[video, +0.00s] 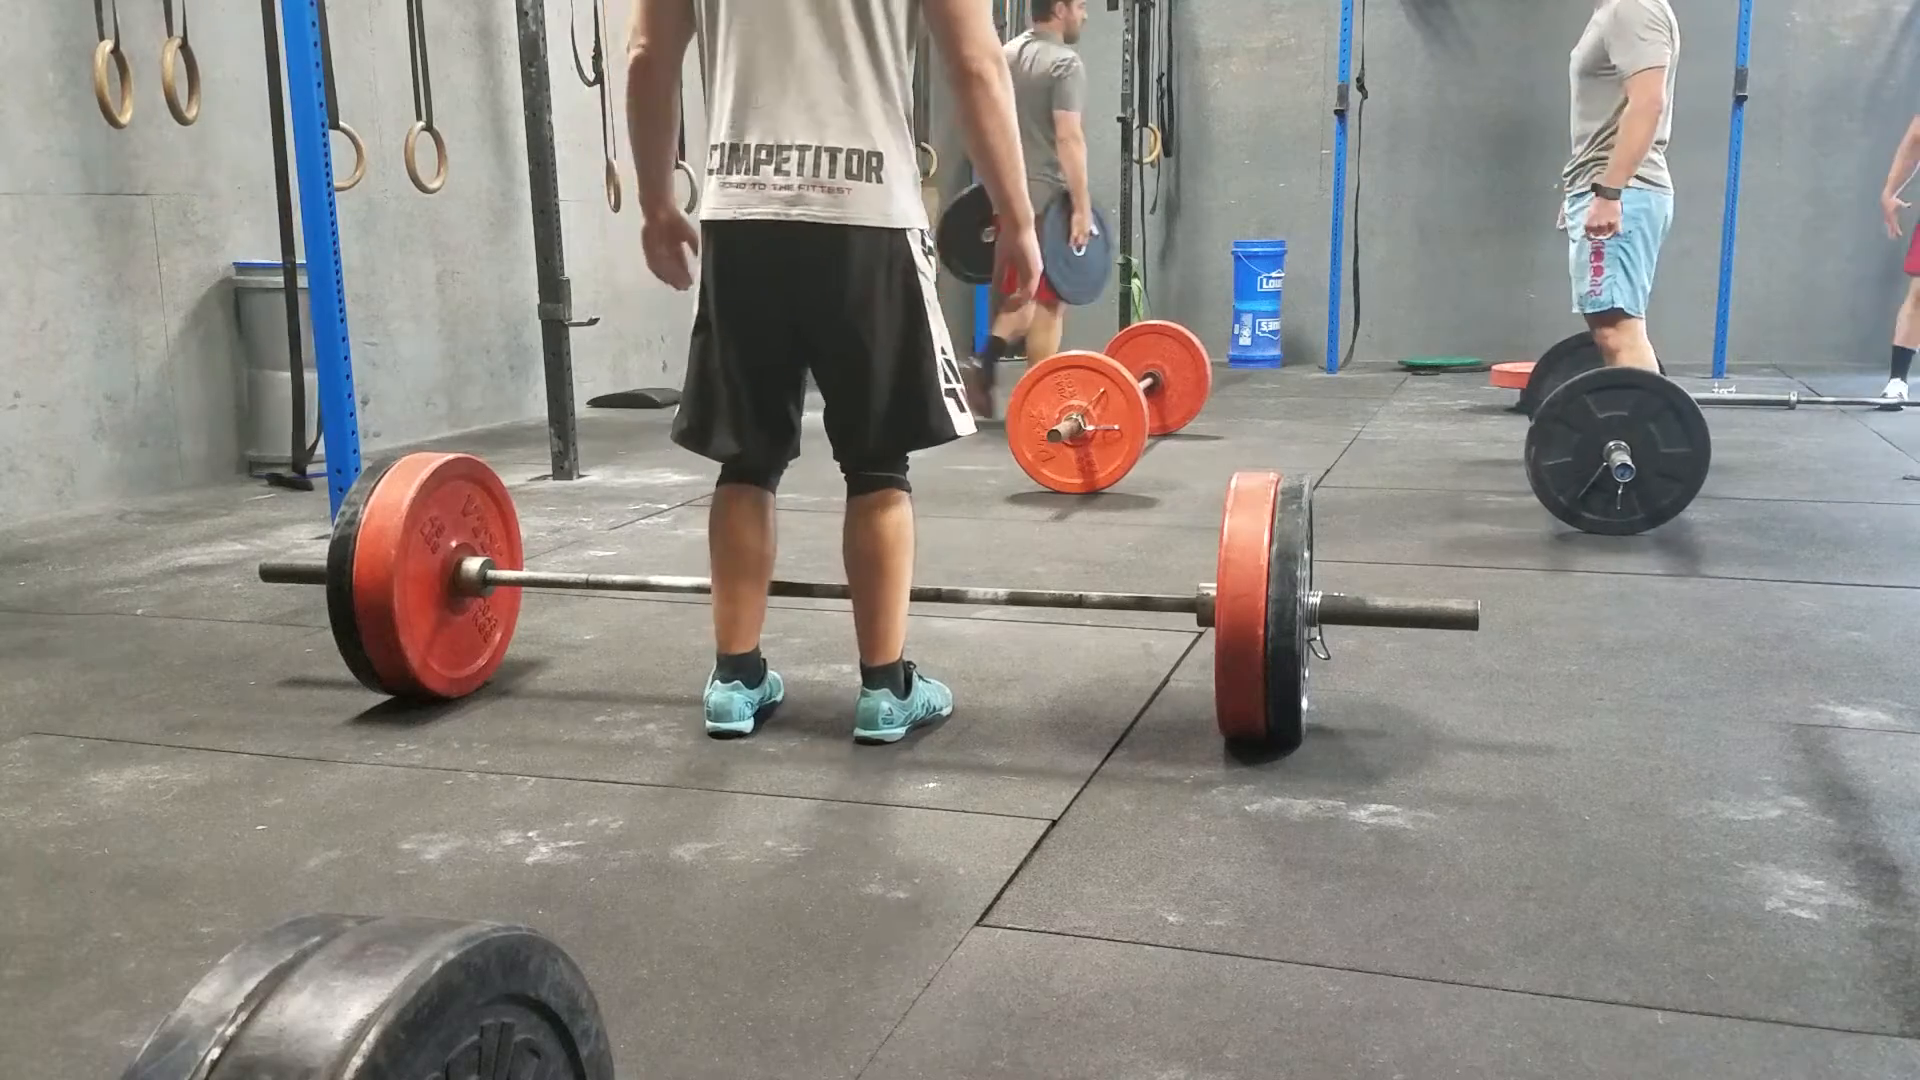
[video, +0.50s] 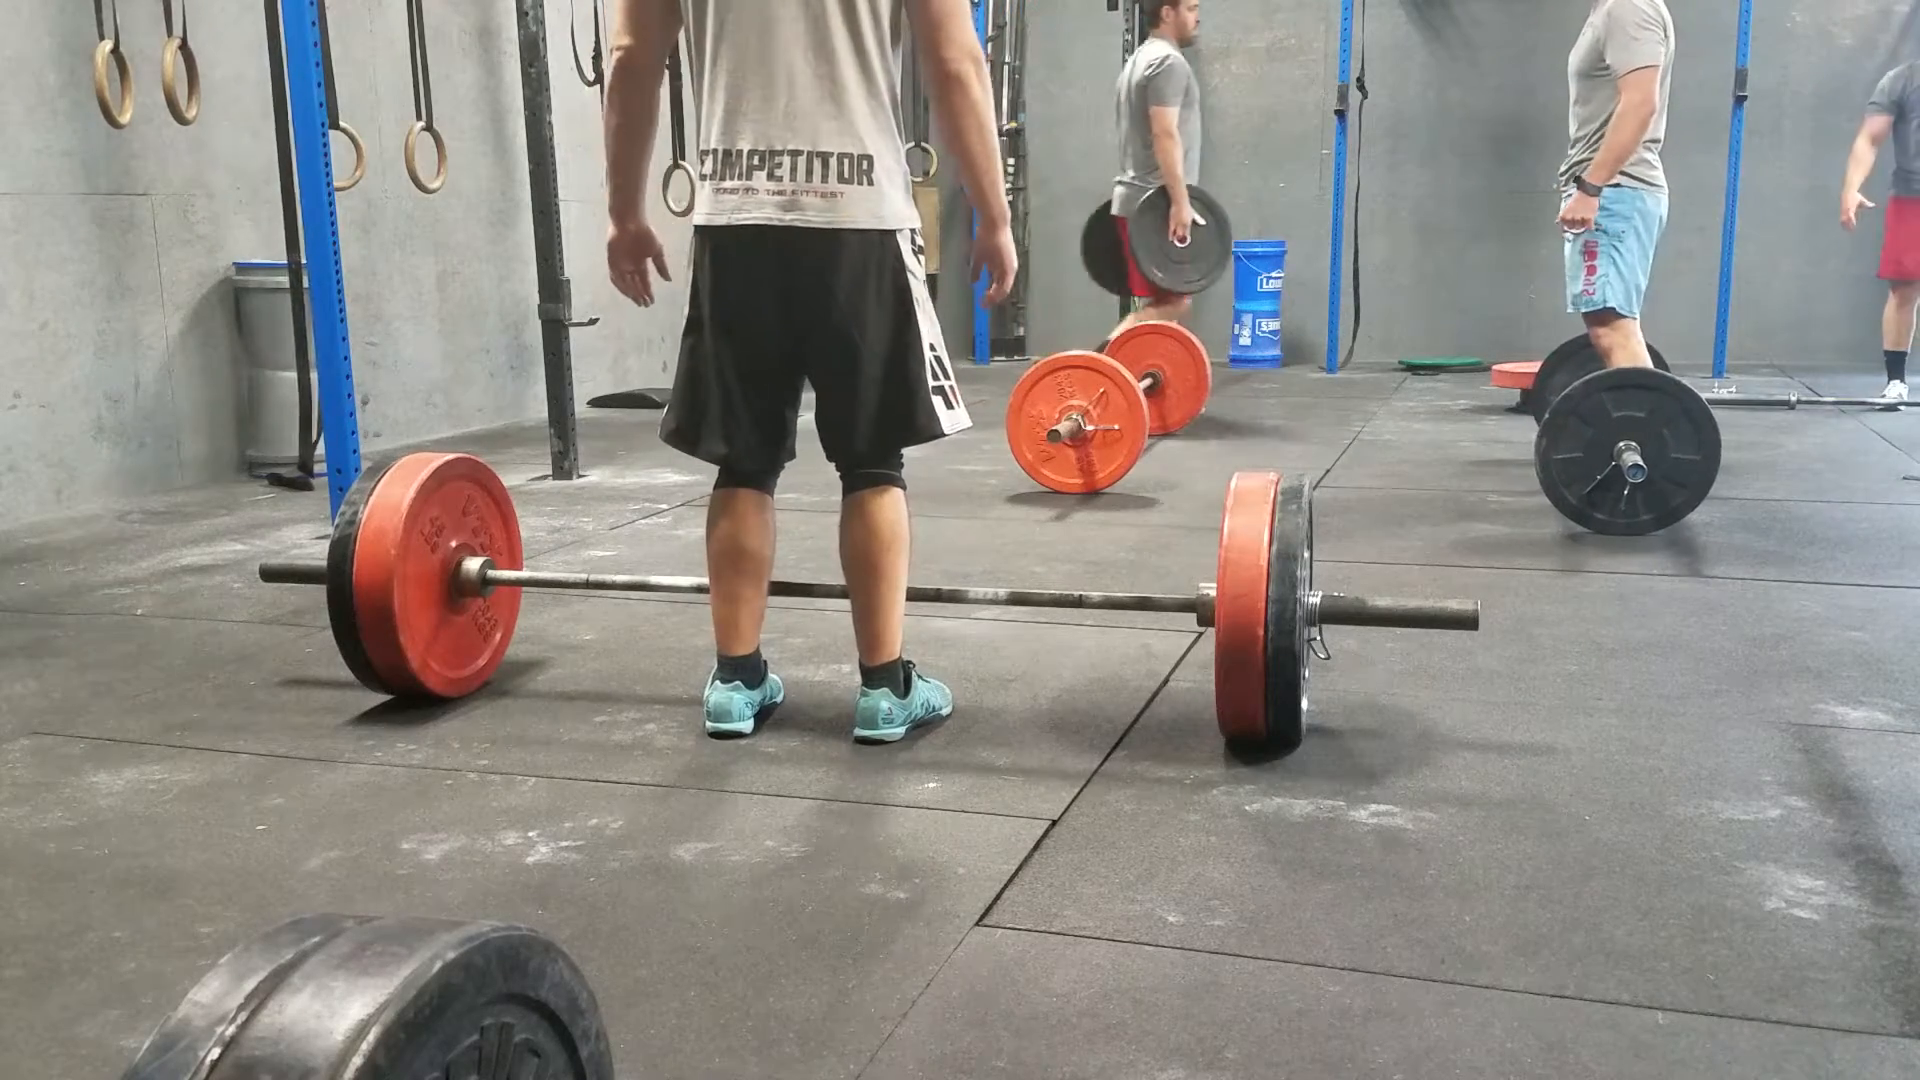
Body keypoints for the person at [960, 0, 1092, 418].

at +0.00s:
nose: (1083, 15)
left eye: (1082, 7)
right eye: (1079, 6)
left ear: (1042, 12)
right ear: (1061, 10)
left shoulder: (1005, 53)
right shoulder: (1066, 61)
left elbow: (992, 130)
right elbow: (1068, 137)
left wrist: (993, 195)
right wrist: (1081, 208)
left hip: (1009, 196)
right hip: (1049, 199)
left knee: (1019, 296)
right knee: (1051, 304)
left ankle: (985, 360)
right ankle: (1044, 402)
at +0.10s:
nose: (1107, 15)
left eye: (1107, 7)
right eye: (1102, 6)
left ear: (1070, 10)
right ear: (1079, 8)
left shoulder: (1023, 58)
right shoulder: (1083, 59)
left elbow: (1012, 132)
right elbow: (1087, 137)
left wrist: (1017, 196)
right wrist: (1104, 205)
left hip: (1030, 198)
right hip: (1063, 202)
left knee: (1068, 299)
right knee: (1056, 303)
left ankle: (1045, 394)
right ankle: (1039, 404)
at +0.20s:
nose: (1128, 19)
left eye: (1128, 10)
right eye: (1123, 9)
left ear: (1095, 14)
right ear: (1100, 12)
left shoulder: (1050, 61)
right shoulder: (1101, 61)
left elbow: (1042, 137)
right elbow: (1104, 139)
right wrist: (1124, 208)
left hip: (1050, 200)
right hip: (1080, 205)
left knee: (1096, 300)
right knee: (1068, 303)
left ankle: (1110, 389)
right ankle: (1042, 402)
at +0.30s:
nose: (1152, 23)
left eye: (1151, 14)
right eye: (1145, 13)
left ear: (1117, 18)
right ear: (1120, 17)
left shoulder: (1078, 65)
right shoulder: (1123, 67)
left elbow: (1075, 141)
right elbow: (1124, 143)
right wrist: (1143, 210)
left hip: (1076, 202)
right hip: (1107, 206)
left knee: (1127, 296)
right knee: (1085, 302)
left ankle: (1137, 385)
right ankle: (1039, 388)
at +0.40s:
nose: (1175, 23)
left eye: (1174, 15)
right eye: (1168, 14)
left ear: (1141, 19)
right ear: (1143, 18)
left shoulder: (1107, 66)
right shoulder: (1147, 67)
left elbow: (1104, 146)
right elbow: (1145, 142)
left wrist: (1102, 206)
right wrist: (1162, 211)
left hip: (1106, 204)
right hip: (1132, 208)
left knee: (1154, 300)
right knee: (1114, 305)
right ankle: (1060, 381)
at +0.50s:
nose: (1198, 17)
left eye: (1197, 9)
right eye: (1191, 8)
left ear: (1166, 15)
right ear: (1167, 13)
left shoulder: (1139, 59)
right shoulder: (1167, 60)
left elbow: (1134, 139)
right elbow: (1164, 135)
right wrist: (1180, 201)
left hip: (1133, 200)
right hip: (1153, 203)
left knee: (1157, 304)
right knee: (1174, 304)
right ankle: (1105, 366)